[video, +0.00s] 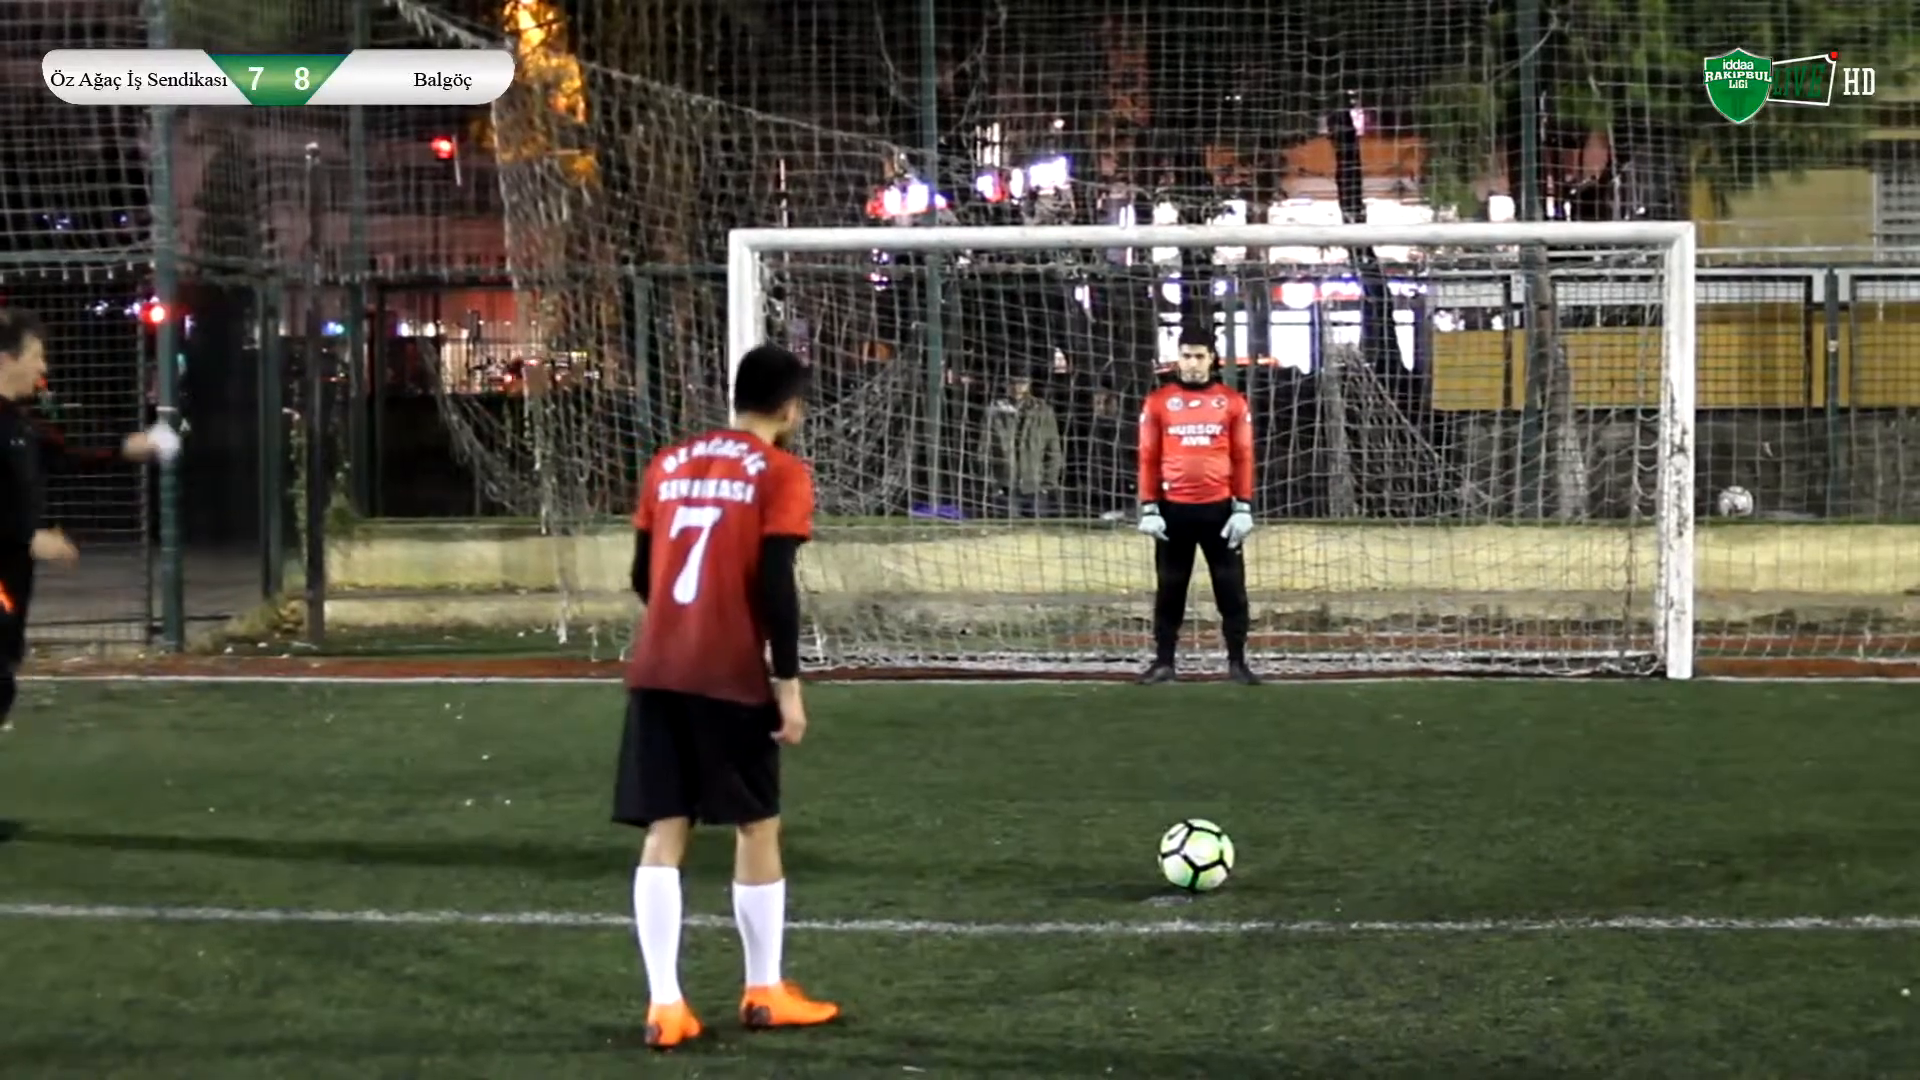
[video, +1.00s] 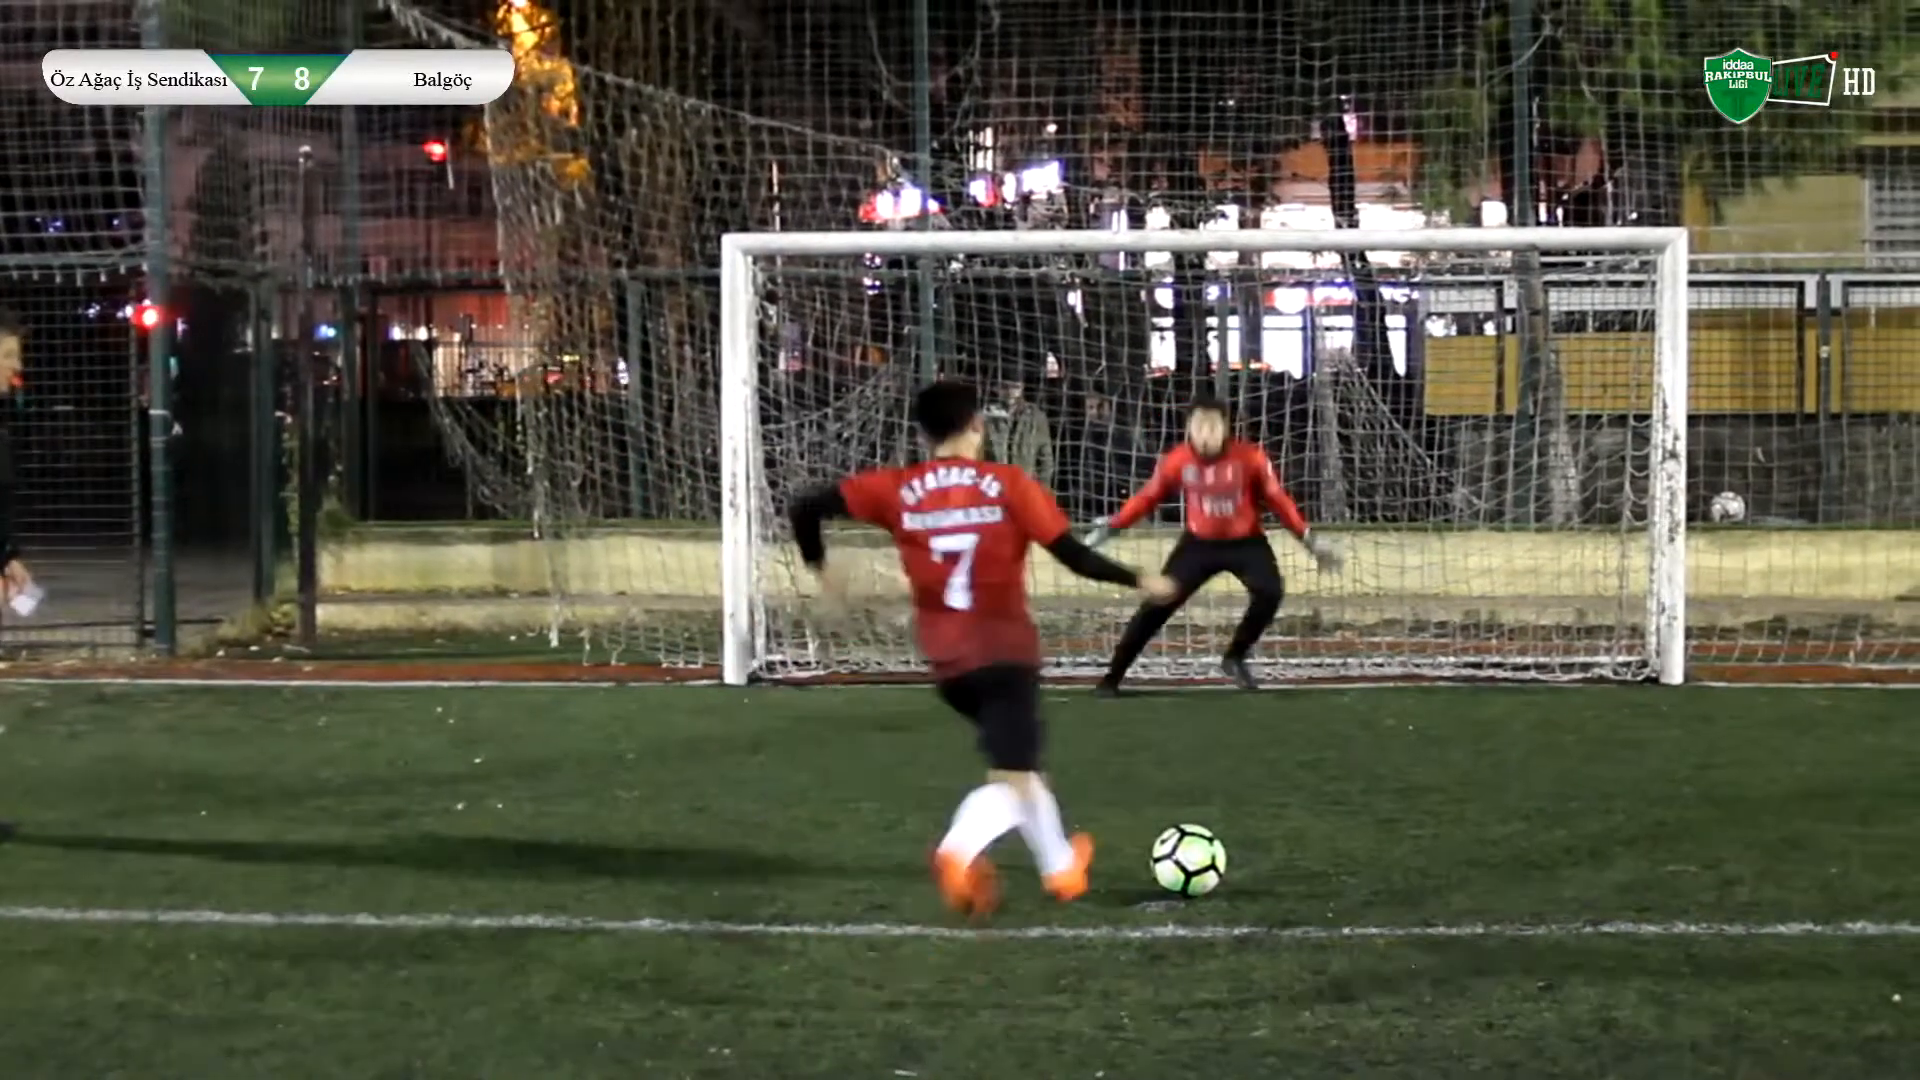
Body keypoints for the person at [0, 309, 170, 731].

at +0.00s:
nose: (43, 369)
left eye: (42, 357)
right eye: (36, 356)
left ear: (13, 360)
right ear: (8, 359)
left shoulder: (18, 419)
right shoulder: (5, 420)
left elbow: (64, 459)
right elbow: (3, 499)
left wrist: (130, 448)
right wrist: (29, 536)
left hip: (13, 576)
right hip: (3, 580)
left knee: (5, 684)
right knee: (3, 687)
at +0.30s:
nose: (35, 368)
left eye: (35, 356)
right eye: (30, 355)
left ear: (14, 356)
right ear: (5, 354)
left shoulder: (13, 413)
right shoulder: (4, 417)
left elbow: (34, 466)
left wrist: (99, 469)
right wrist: (4, 564)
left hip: (8, 574)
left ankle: (0, 818)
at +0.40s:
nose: (38, 362)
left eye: (38, 351)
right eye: (30, 350)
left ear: (17, 354)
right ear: (6, 353)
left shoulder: (14, 412)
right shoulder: (4, 415)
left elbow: (21, 491)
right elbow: (8, 493)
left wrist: (66, 518)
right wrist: (1, 566)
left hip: (9, 570)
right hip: (0, 572)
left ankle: (5, 816)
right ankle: (4, 816)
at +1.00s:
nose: (15, 371)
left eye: (16, 359)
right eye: (10, 359)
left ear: (16, 360)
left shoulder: (12, 412)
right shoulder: (7, 414)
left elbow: (8, 491)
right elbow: (6, 492)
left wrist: (10, 553)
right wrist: (8, 554)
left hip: (6, 562)